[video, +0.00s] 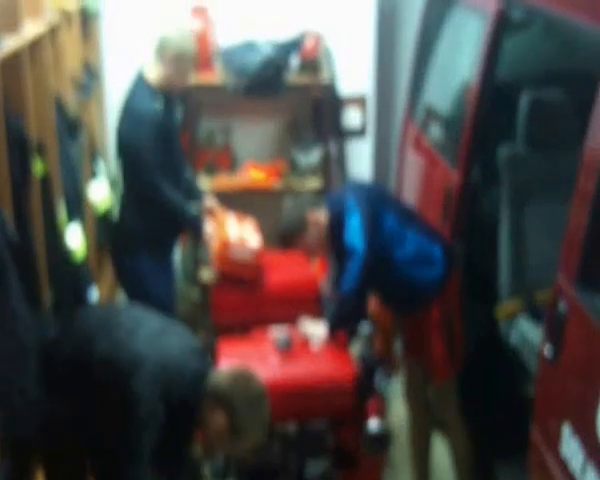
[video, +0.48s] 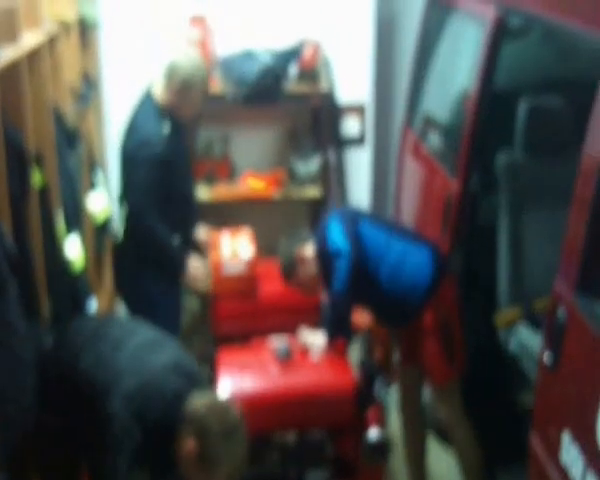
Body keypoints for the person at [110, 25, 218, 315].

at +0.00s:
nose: (188, 76)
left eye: (189, 67)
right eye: (184, 67)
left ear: (176, 63)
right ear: (167, 61)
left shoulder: (163, 100)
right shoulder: (145, 109)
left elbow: (176, 164)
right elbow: (150, 181)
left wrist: (199, 197)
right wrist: (192, 216)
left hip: (157, 234)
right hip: (140, 238)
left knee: (162, 322)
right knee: (156, 324)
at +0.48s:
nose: (200, 107)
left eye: (202, 98)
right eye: (197, 98)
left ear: (177, 89)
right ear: (178, 92)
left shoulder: (167, 120)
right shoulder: (153, 138)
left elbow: (172, 191)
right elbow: (144, 216)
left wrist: (193, 226)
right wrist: (180, 259)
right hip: (148, 261)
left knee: (163, 346)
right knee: (158, 349)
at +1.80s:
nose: (177, 81)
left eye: (180, 73)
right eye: (174, 72)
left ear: (161, 68)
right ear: (155, 67)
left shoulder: (157, 103)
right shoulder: (132, 119)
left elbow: (169, 168)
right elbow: (147, 196)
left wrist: (202, 183)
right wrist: (206, 218)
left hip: (156, 241)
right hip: (140, 249)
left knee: (157, 336)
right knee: (163, 340)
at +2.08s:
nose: (194, 77)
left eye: (196, 69)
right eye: (192, 69)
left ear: (175, 59)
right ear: (172, 59)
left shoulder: (159, 90)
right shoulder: (152, 108)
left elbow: (190, 137)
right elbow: (181, 178)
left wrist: (230, 165)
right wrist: (241, 200)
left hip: (159, 230)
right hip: (153, 240)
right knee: (165, 330)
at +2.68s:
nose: (236, 67)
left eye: (238, 58)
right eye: (235, 58)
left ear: (211, 43)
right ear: (220, 52)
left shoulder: (183, 65)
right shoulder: (186, 94)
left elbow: (207, 138)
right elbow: (210, 170)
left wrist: (241, 169)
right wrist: (261, 206)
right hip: (154, 215)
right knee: (166, 305)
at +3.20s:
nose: (238, 36)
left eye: (241, 28)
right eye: (239, 27)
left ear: (215, 13)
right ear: (224, 19)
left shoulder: (182, 36)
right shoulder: (192, 62)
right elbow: (213, 137)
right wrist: (258, 163)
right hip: (158, 185)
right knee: (170, 273)